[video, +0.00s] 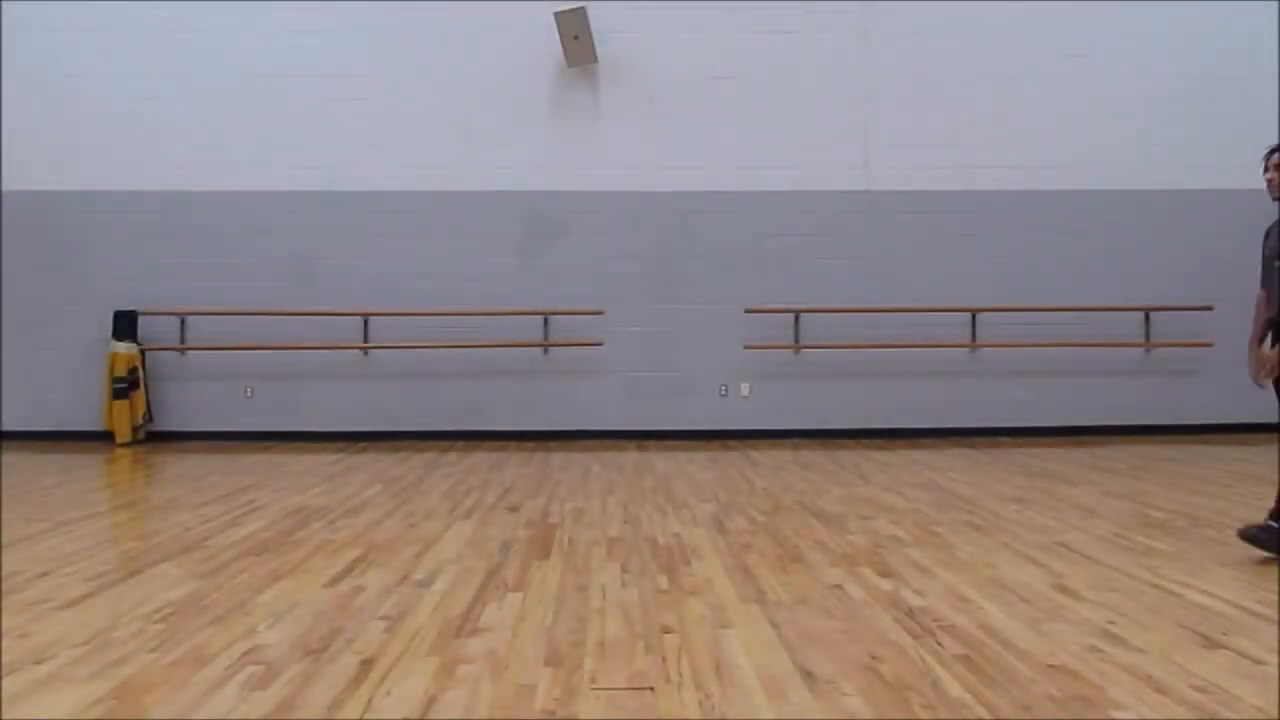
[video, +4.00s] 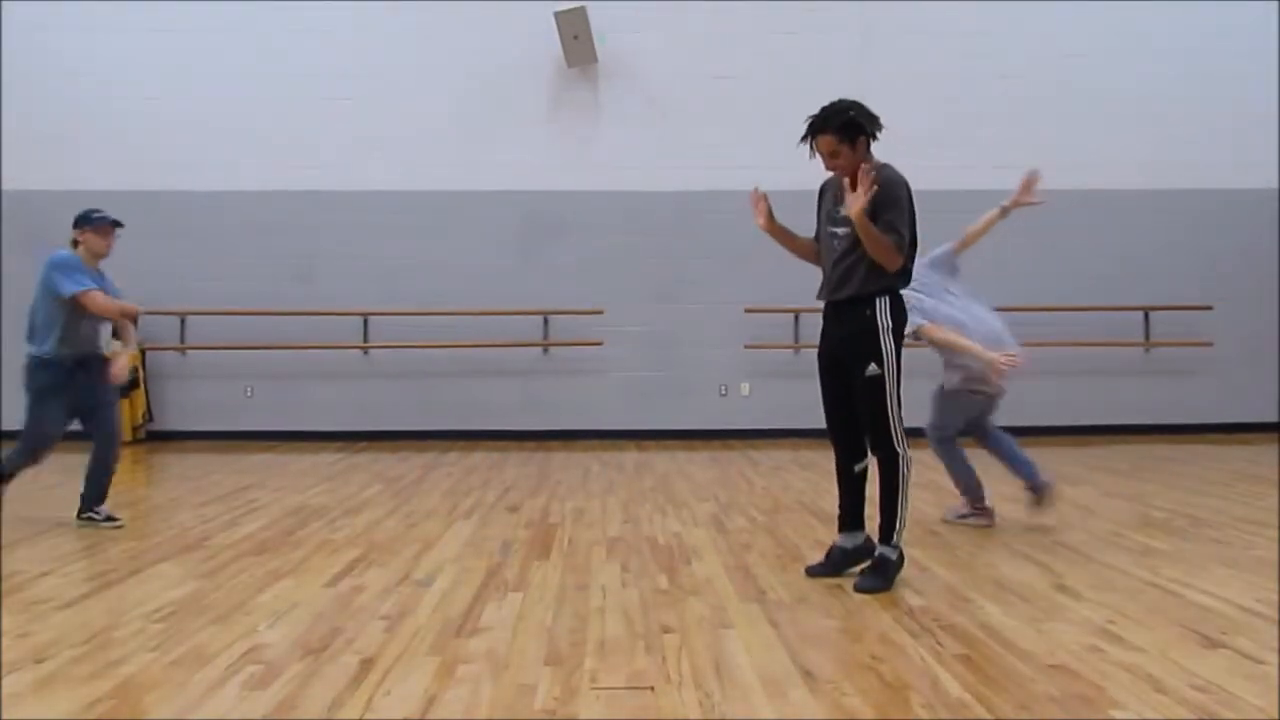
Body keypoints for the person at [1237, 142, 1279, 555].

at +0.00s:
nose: (1272, 177)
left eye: (1277, 169)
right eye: (1269, 170)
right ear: (1264, 178)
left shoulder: (1275, 232)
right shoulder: (1272, 233)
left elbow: (1269, 292)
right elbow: (1267, 291)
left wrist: (1269, 344)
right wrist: (1256, 341)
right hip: (1278, 345)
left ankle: (1276, 517)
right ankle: (1275, 517)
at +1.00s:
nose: (1171, 168)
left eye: (1180, 160)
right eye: (1171, 161)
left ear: (1210, 167)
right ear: (1175, 171)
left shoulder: (1237, 210)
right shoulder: (1173, 224)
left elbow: (1223, 240)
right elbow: (1127, 265)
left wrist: (1191, 188)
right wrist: (1102, 219)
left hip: (1219, 339)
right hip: (1171, 340)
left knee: (1237, 441)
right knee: (1154, 438)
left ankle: (1255, 535)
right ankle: (1134, 535)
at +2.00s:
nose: (1023, 156)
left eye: (1033, 150)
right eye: (1019, 150)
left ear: (1057, 162)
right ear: (1011, 162)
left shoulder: (1060, 206)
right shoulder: (1004, 210)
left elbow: (1050, 159)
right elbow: (946, 208)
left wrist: (1046, 105)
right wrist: (906, 169)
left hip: (1034, 325)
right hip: (1001, 327)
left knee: (1030, 430)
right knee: (983, 432)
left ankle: (1014, 548)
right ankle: (1065, 504)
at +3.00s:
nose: (865, 167)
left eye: (874, 157)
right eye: (858, 158)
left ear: (899, 157)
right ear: (852, 162)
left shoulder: (921, 206)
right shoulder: (852, 213)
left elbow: (926, 274)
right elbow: (848, 280)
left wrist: (853, 267)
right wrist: (833, 268)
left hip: (897, 326)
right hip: (858, 327)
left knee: (890, 441)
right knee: (863, 440)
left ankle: (889, 552)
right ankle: (872, 543)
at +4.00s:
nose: (827, 164)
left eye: (833, 153)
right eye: (821, 155)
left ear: (861, 145)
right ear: (820, 151)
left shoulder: (889, 186)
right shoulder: (830, 191)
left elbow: (894, 259)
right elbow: (821, 255)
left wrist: (859, 218)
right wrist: (773, 229)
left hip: (877, 316)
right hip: (837, 318)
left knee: (885, 437)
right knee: (845, 437)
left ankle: (889, 548)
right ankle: (852, 540)